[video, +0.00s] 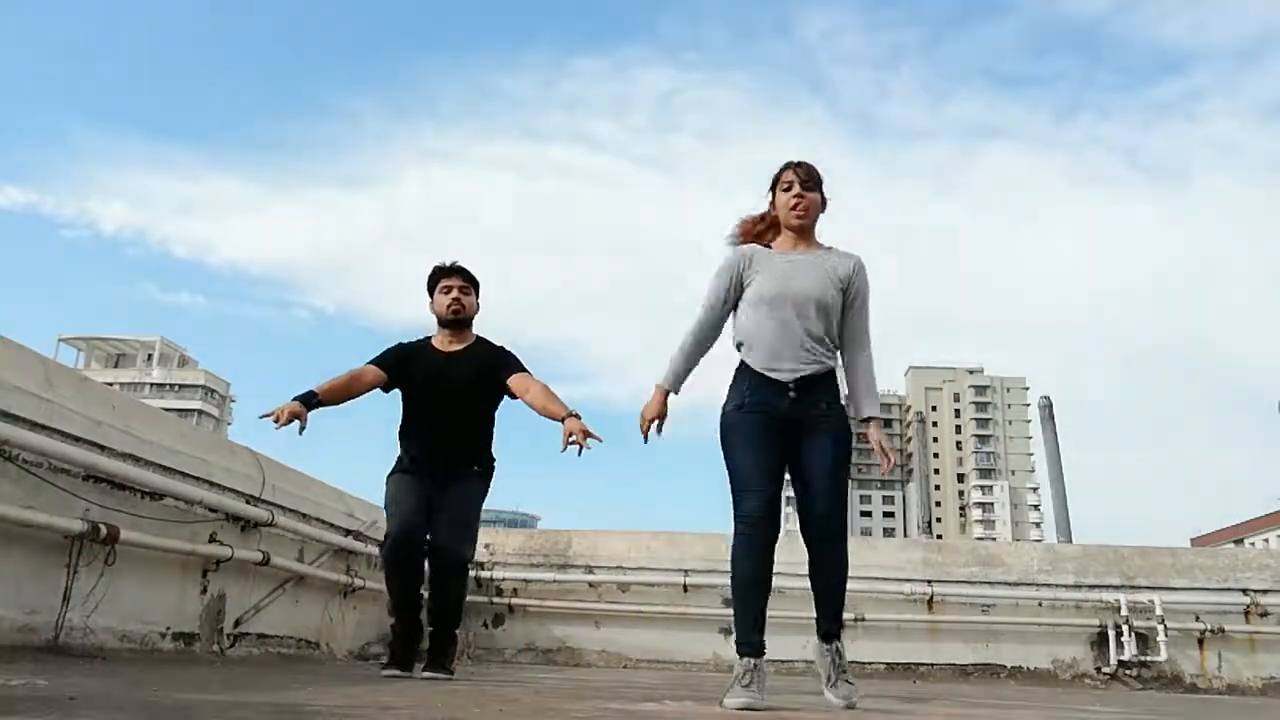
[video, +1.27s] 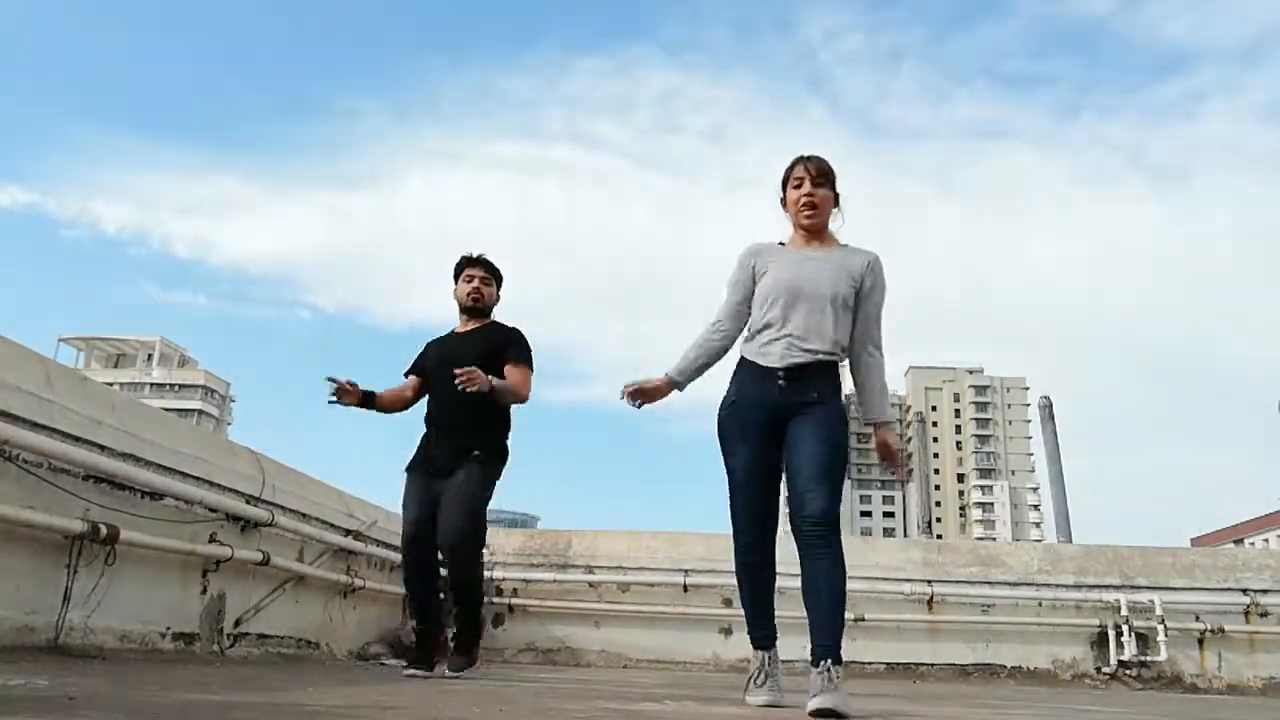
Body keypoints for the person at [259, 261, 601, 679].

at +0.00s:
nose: (455, 297)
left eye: (464, 291)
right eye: (446, 291)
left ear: (477, 304)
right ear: (432, 305)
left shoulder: (494, 358)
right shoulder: (408, 355)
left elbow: (529, 388)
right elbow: (359, 380)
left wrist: (566, 415)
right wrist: (306, 400)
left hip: (467, 477)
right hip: (412, 472)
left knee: (451, 555)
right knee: (401, 540)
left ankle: (442, 644)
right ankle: (404, 636)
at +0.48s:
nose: (449, 290)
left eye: (458, 285)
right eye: (440, 284)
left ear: (470, 298)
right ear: (425, 297)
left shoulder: (486, 348)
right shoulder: (403, 351)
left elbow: (513, 384)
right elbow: (359, 387)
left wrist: (544, 418)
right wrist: (307, 419)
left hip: (471, 462)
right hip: (419, 459)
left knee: (445, 535)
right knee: (403, 539)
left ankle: (458, 625)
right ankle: (411, 638)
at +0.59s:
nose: (456, 289)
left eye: (465, 285)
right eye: (448, 283)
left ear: (477, 297)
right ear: (433, 294)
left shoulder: (492, 349)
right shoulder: (409, 351)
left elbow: (517, 410)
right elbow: (377, 409)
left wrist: (533, 465)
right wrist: (342, 460)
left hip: (477, 465)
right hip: (425, 461)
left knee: (459, 550)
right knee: (408, 540)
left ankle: (463, 647)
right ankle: (412, 639)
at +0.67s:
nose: (460, 288)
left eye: (469, 284)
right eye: (452, 282)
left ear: (481, 298)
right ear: (437, 294)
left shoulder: (498, 351)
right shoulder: (413, 352)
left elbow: (516, 416)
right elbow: (392, 415)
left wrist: (524, 475)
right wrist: (374, 471)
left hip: (478, 469)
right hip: (426, 465)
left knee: (465, 557)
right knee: (410, 542)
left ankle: (463, 649)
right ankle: (413, 638)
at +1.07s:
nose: (474, 287)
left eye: (484, 283)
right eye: (467, 281)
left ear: (495, 296)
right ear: (453, 291)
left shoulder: (512, 346)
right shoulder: (432, 349)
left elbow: (527, 402)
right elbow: (412, 404)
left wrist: (525, 454)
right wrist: (392, 451)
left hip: (487, 469)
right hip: (434, 463)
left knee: (477, 566)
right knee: (411, 532)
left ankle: (464, 650)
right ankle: (429, 623)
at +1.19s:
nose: (475, 286)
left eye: (485, 282)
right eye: (468, 280)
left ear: (496, 295)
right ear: (455, 291)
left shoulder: (509, 341)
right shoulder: (436, 349)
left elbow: (525, 394)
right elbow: (403, 399)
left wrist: (506, 410)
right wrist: (366, 417)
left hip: (479, 463)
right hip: (430, 459)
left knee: (470, 556)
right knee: (414, 545)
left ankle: (464, 648)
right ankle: (428, 641)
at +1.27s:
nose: (476, 285)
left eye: (485, 282)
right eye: (469, 279)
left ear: (496, 295)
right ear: (455, 290)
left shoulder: (508, 338)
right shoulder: (437, 348)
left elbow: (520, 390)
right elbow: (404, 396)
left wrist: (489, 384)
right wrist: (365, 398)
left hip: (478, 456)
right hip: (432, 454)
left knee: (456, 539)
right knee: (415, 540)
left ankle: (467, 637)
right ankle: (428, 642)